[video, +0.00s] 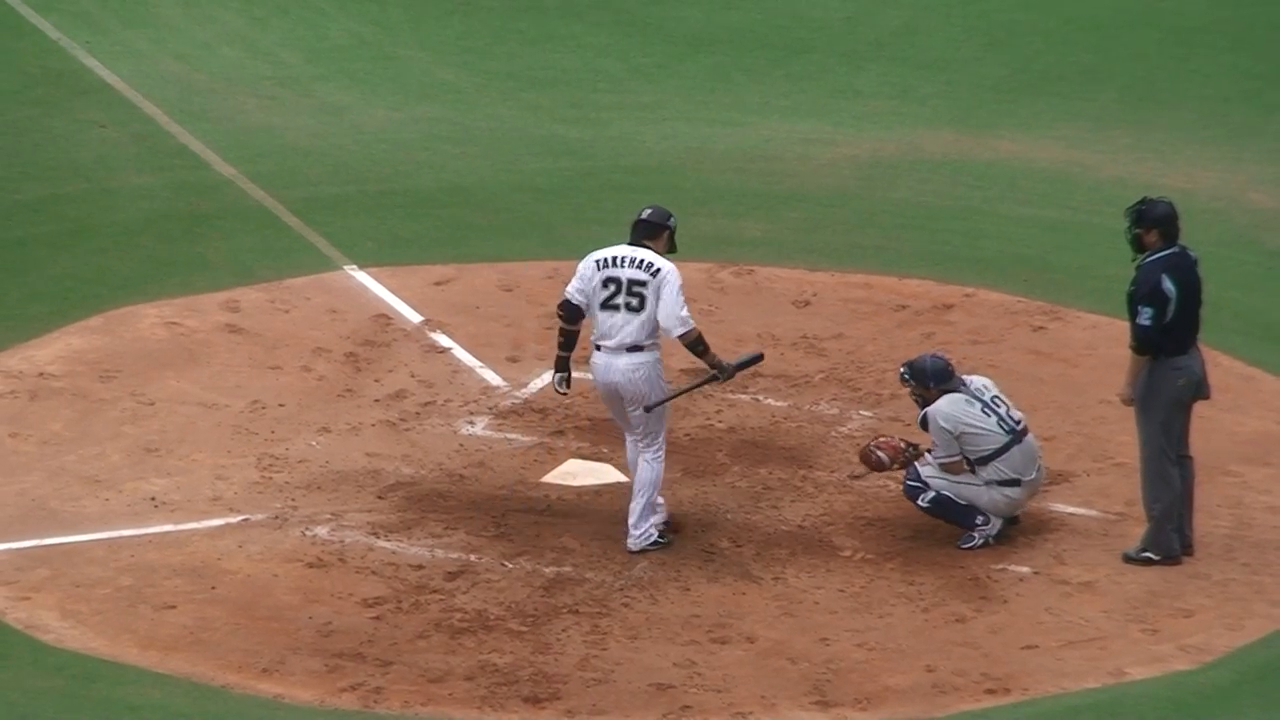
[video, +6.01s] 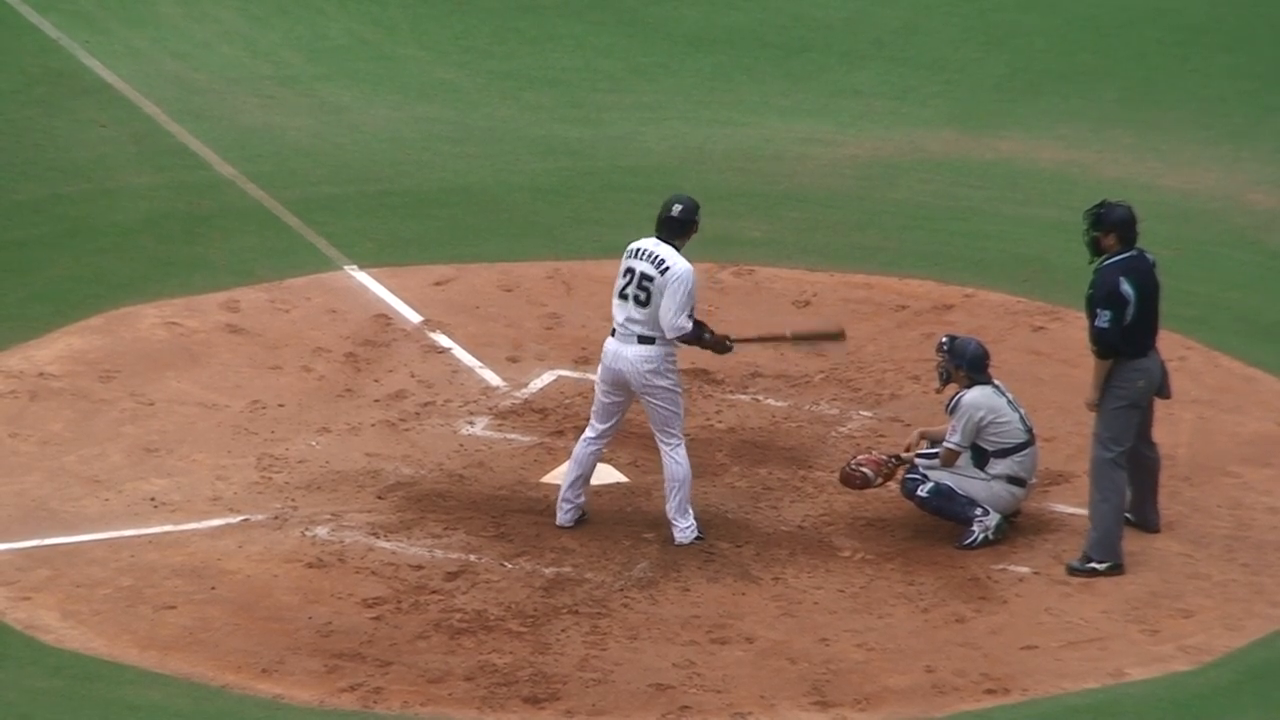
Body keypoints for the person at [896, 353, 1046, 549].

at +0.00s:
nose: (913, 393)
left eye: (916, 388)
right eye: (911, 388)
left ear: (931, 390)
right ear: (950, 376)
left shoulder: (937, 412)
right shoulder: (979, 381)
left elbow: (954, 468)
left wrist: (922, 458)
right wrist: (926, 452)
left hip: (1007, 497)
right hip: (1035, 478)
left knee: (915, 480)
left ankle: (985, 524)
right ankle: (1007, 511)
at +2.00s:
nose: (931, 372)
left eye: (936, 368)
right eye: (933, 367)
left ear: (951, 375)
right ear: (965, 372)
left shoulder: (964, 402)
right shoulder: (984, 387)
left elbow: (949, 462)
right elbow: (955, 436)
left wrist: (916, 451)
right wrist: (912, 434)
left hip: (1004, 492)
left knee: (914, 478)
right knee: (929, 453)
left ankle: (985, 520)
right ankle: (1003, 507)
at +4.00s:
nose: (940, 366)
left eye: (945, 362)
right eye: (942, 361)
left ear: (960, 371)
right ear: (973, 370)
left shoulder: (969, 402)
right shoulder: (992, 387)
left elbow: (948, 462)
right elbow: (961, 433)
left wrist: (912, 452)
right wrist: (920, 435)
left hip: (1004, 492)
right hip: (1018, 482)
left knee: (914, 478)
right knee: (929, 451)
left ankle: (983, 519)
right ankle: (1002, 506)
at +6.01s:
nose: (941, 365)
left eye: (946, 362)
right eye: (943, 360)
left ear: (961, 370)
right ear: (976, 368)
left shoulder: (970, 401)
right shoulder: (993, 387)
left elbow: (946, 461)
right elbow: (963, 431)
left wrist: (908, 458)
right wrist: (923, 433)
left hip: (1002, 491)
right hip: (1016, 483)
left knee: (914, 480)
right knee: (925, 455)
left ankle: (983, 518)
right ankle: (1002, 506)